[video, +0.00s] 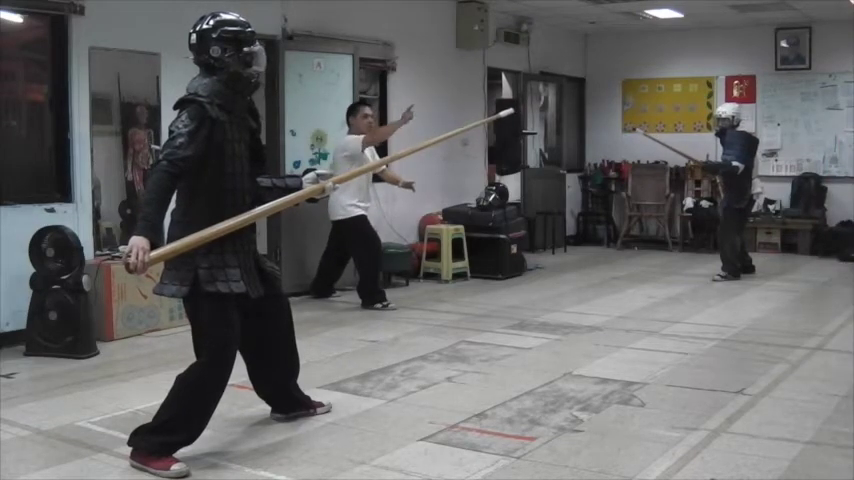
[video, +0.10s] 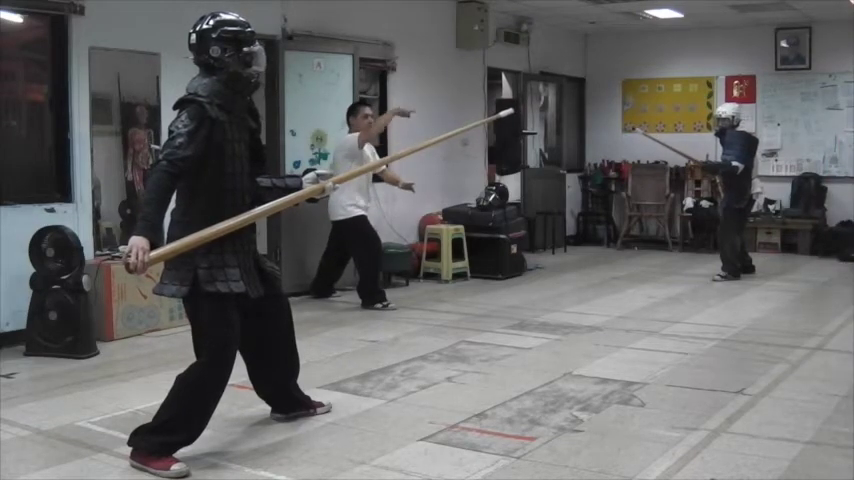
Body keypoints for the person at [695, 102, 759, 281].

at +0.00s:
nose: (719, 124)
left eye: (723, 120)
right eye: (718, 120)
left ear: (733, 121)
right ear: (718, 120)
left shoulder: (738, 138)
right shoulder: (729, 138)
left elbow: (735, 167)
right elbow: (729, 164)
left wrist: (706, 167)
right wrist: (707, 166)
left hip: (738, 193)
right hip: (735, 192)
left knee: (727, 230)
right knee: (732, 229)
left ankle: (731, 270)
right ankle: (744, 263)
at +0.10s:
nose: (718, 124)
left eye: (722, 120)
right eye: (717, 120)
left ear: (732, 121)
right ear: (719, 120)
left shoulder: (737, 138)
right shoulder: (728, 139)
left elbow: (734, 167)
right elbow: (728, 165)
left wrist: (705, 167)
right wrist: (705, 166)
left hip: (738, 193)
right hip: (734, 192)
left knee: (727, 230)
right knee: (732, 229)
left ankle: (731, 270)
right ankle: (745, 263)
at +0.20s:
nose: (718, 124)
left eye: (722, 120)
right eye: (717, 120)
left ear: (732, 120)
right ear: (718, 120)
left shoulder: (737, 138)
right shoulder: (728, 138)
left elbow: (734, 167)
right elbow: (728, 164)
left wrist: (705, 166)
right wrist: (705, 166)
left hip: (738, 193)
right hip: (734, 192)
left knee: (727, 229)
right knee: (732, 229)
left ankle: (731, 270)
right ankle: (744, 263)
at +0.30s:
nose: (718, 124)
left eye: (722, 120)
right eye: (717, 120)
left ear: (732, 120)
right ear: (718, 120)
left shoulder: (737, 138)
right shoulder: (728, 138)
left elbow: (734, 167)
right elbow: (728, 164)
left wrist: (705, 166)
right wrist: (705, 166)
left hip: (738, 193)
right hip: (734, 192)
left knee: (727, 230)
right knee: (732, 229)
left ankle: (731, 270)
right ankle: (744, 263)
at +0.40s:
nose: (718, 124)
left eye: (722, 120)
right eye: (717, 120)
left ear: (732, 120)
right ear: (717, 120)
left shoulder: (737, 138)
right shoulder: (728, 138)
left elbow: (734, 167)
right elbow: (728, 164)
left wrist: (705, 166)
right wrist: (705, 166)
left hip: (738, 193)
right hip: (734, 192)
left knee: (727, 230)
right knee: (732, 229)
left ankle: (731, 270)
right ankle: (744, 263)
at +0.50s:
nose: (718, 123)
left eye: (722, 119)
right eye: (717, 119)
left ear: (732, 120)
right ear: (718, 120)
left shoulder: (737, 137)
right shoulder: (728, 138)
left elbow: (734, 166)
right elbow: (728, 164)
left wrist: (705, 166)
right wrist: (705, 166)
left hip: (737, 193)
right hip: (734, 192)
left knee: (727, 230)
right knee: (732, 229)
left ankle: (731, 270)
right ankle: (744, 263)